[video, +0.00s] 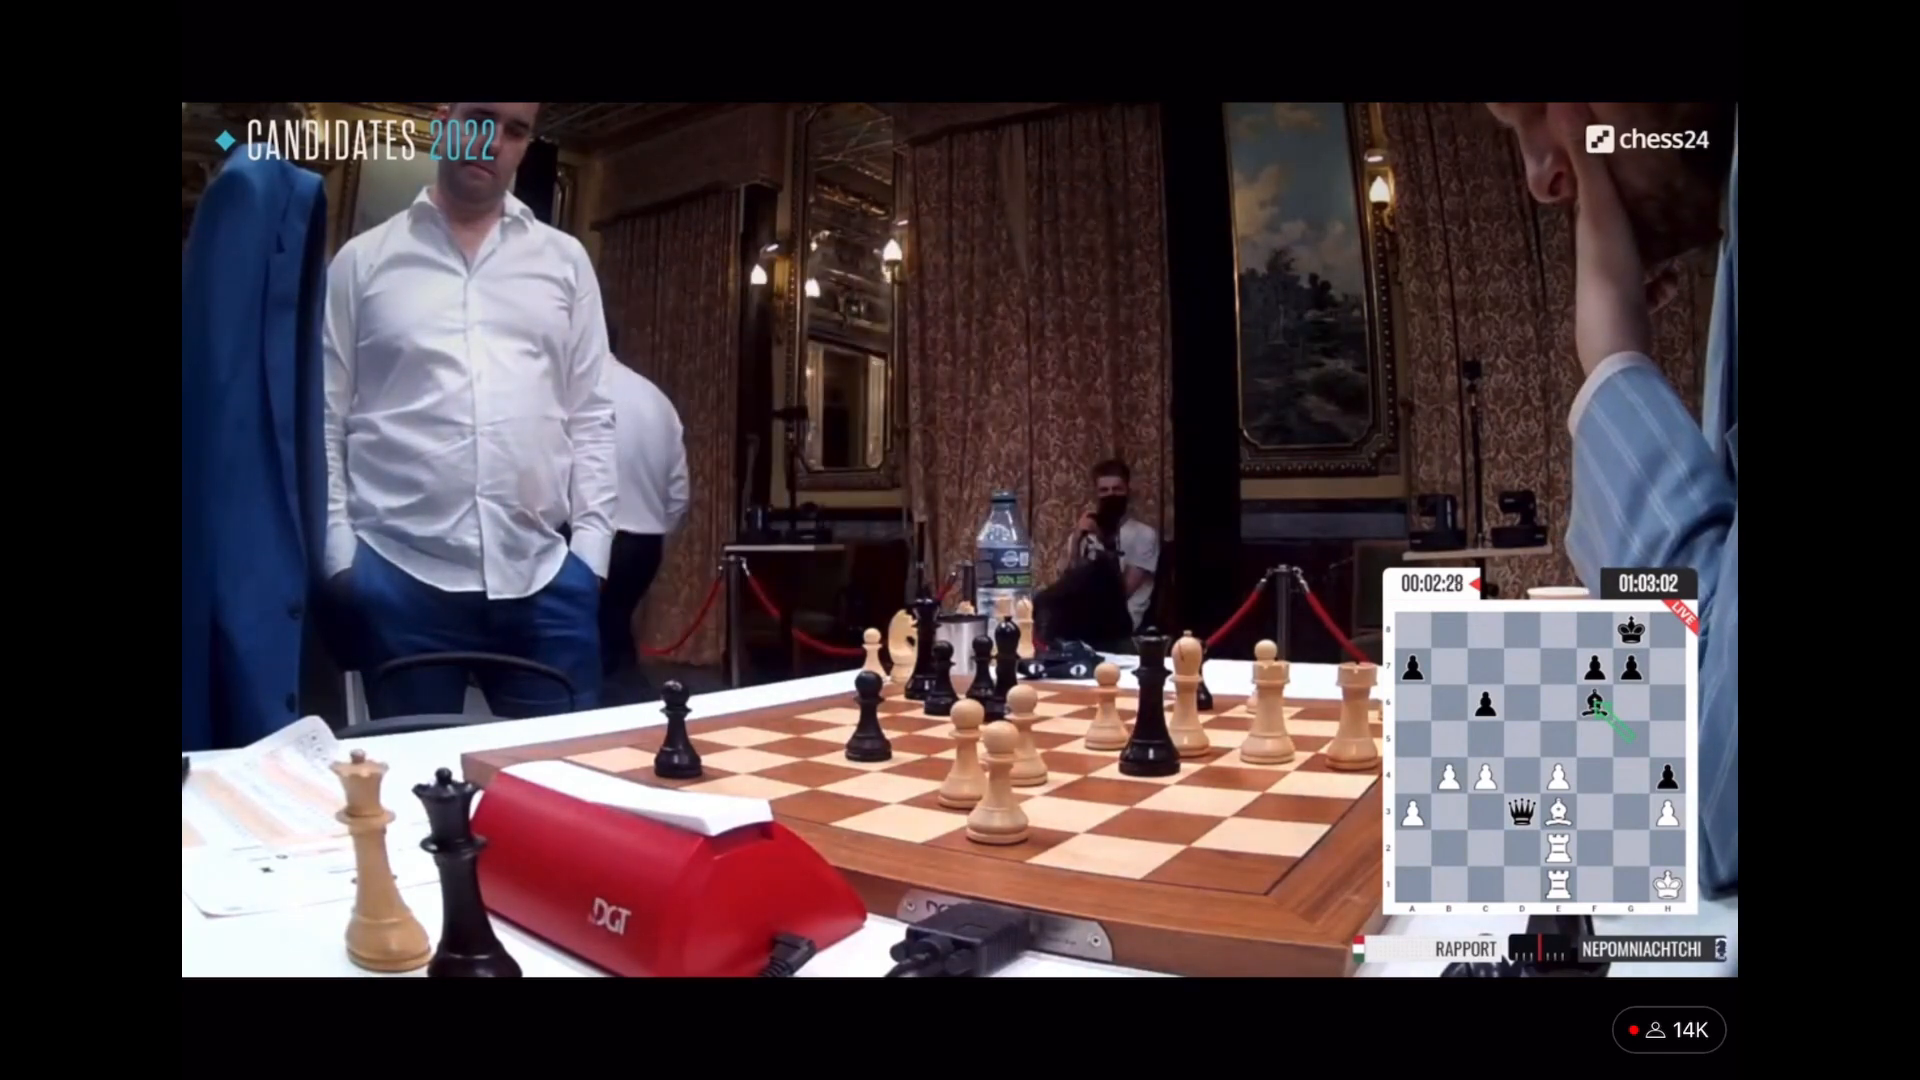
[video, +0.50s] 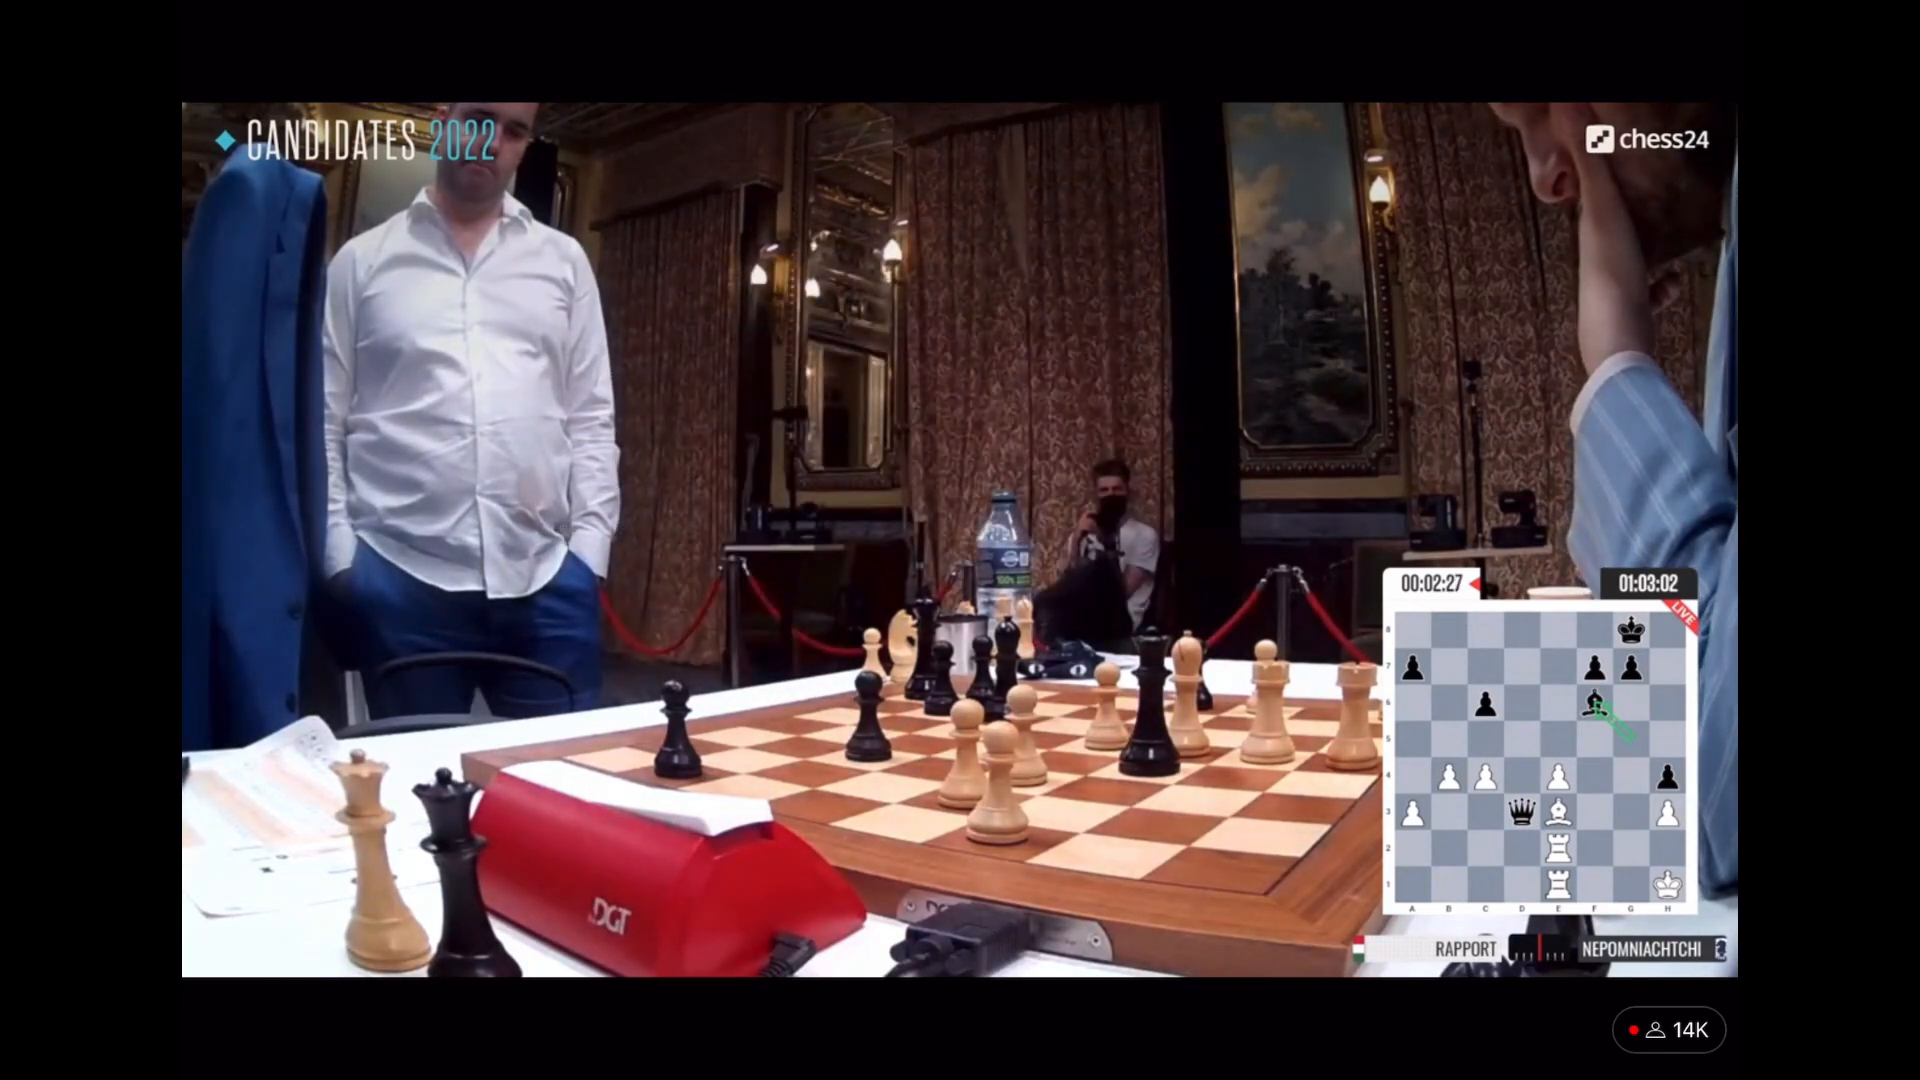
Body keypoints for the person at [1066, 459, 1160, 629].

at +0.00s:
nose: (1110, 496)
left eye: (1117, 489)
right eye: (1104, 490)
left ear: (1127, 491)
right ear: (1096, 493)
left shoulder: (1145, 536)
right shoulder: (1083, 536)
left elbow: (1125, 590)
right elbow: (1069, 582)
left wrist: (1103, 539)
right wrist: (1076, 538)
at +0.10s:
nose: (1110, 495)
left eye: (1117, 489)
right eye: (1104, 490)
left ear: (1127, 491)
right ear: (1096, 493)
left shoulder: (1144, 536)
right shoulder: (1083, 536)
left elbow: (1126, 589)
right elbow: (1069, 581)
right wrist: (1077, 538)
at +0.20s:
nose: (1110, 495)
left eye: (1117, 489)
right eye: (1103, 490)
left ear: (1127, 491)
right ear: (1096, 493)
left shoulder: (1144, 536)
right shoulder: (1083, 536)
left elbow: (1126, 589)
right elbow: (1069, 581)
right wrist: (1077, 538)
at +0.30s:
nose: (1111, 495)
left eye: (1117, 489)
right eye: (1104, 490)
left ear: (1127, 491)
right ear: (1096, 493)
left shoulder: (1145, 536)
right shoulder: (1083, 537)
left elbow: (1126, 590)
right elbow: (1071, 582)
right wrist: (1076, 537)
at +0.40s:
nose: (1110, 495)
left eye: (1117, 489)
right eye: (1104, 490)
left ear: (1127, 491)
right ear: (1096, 493)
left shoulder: (1145, 536)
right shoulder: (1084, 537)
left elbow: (1126, 590)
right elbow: (1070, 582)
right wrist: (1076, 537)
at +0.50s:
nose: (1110, 495)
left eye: (1117, 489)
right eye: (1103, 490)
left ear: (1127, 491)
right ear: (1096, 493)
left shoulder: (1145, 536)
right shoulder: (1083, 536)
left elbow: (1126, 590)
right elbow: (1071, 582)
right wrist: (1076, 537)